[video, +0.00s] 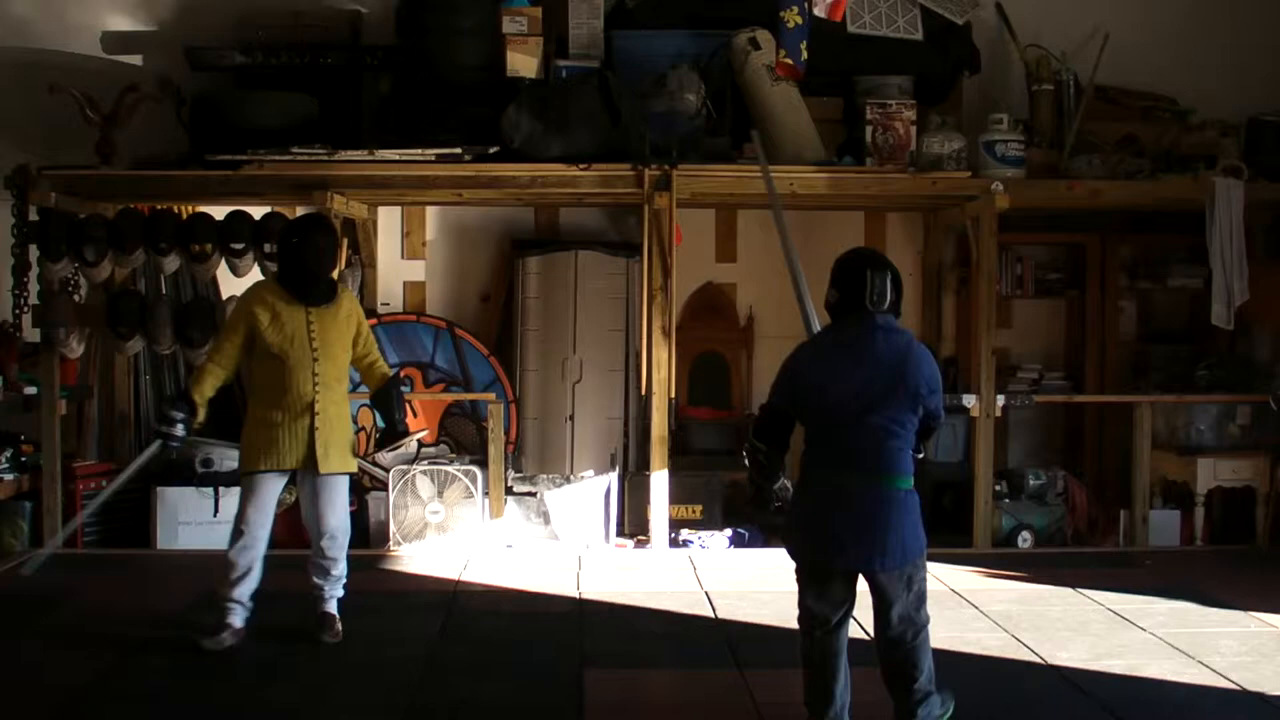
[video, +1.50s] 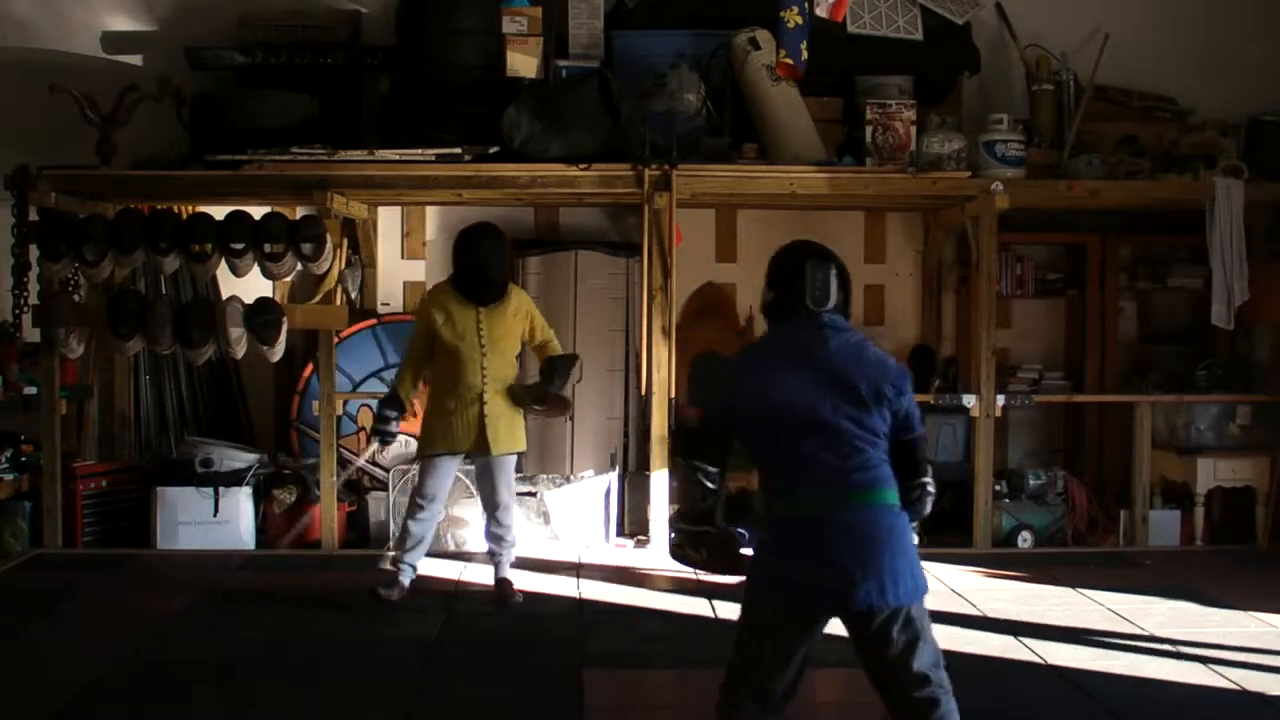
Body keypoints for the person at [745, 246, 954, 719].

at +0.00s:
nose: (828, 298)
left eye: (831, 290)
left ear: (835, 295)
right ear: (893, 297)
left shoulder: (808, 355)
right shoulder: (916, 357)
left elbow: (770, 433)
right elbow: (928, 426)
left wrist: (772, 488)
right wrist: (894, 451)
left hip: (821, 510)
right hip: (891, 513)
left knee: (823, 629)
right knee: (905, 627)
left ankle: (828, 713)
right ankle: (921, 710)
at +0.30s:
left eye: (816, 287)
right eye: (875, 287)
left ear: (815, 291)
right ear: (878, 291)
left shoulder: (792, 359)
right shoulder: (904, 357)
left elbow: (752, 441)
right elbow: (914, 433)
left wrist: (737, 500)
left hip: (806, 527)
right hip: (877, 531)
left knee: (814, 649)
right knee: (878, 648)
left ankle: (819, 711)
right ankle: (863, 710)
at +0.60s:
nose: (791, 291)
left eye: (796, 283)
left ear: (798, 288)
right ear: (860, 291)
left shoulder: (768, 356)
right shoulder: (891, 362)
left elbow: (743, 445)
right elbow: (912, 455)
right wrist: (897, 494)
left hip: (785, 530)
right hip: (862, 536)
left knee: (788, 665)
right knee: (853, 666)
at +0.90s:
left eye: (750, 281)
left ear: (750, 289)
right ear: (817, 292)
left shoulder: (718, 362)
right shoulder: (850, 363)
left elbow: (679, 460)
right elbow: (886, 468)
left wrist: (662, 526)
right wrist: (892, 534)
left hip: (750, 542)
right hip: (833, 542)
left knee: (735, 683)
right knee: (841, 682)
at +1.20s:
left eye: (718, 281)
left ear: (721, 287)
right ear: (788, 289)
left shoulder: (690, 360)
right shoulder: (826, 357)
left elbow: (653, 453)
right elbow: (865, 454)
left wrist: (650, 519)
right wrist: (880, 525)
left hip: (745, 540)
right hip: (828, 534)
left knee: (728, 691)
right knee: (856, 680)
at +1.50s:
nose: (765, 298)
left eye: (770, 289)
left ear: (772, 296)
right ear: (841, 296)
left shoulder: (749, 368)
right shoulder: (883, 370)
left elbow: (708, 458)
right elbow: (916, 482)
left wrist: (701, 523)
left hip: (791, 550)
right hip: (878, 546)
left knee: (752, 696)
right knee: (926, 694)